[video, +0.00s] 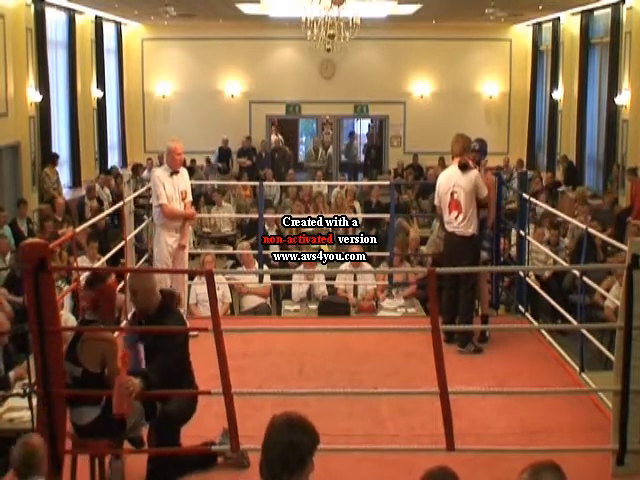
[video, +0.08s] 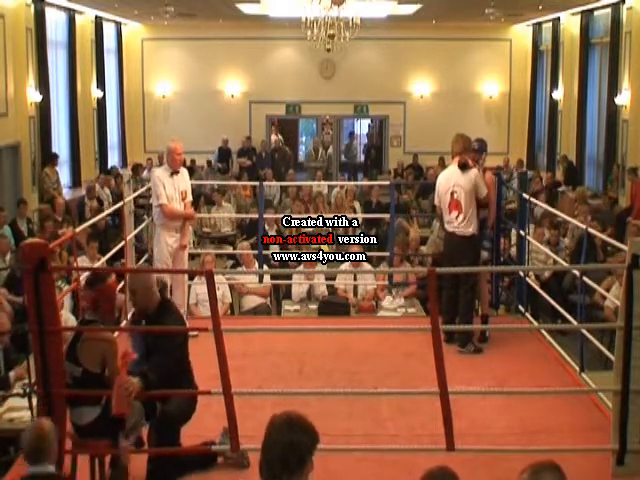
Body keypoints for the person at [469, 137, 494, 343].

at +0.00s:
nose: (473, 157)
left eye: (476, 153)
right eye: (471, 152)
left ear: (482, 155)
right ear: (468, 153)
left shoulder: (489, 179)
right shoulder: (464, 176)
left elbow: (492, 204)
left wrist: (490, 227)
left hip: (483, 230)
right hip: (466, 230)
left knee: (483, 276)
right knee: (466, 276)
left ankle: (484, 321)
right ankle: (463, 320)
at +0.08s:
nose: (473, 157)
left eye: (476, 153)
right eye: (471, 152)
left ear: (482, 154)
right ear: (469, 153)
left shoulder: (488, 177)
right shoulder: (464, 174)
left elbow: (492, 203)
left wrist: (490, 227)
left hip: (483, 229)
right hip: (466, 228)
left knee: (483, 276)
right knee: (466, 276)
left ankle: (484, 321)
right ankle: (463, 320)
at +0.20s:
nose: (474, 159)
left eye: (477, 154)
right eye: (472, 154)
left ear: (484, 155)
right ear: (469, 153)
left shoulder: (489, 178)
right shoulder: (465, 174)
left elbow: (492, 204)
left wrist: (490, 227)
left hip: (483, 229)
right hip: (466, 228)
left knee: (483, 276)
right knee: (467, 276)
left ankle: (484, 321)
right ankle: (463, 320)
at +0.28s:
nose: (472, 159)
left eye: (475, 155)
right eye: (471, 154)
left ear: (482, 155)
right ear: (469, 154)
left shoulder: (488, 178)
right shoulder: (465, 175)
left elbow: (492, 204)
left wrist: (490, 227)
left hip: (483, 229)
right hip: (467, 228)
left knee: (483, 275)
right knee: (468, 276)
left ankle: (484, 320)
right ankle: (464, 319)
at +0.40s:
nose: (472, 160)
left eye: (475, 155)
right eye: (471, 155)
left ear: (482, 155)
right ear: (470, 154)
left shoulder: (489, 178)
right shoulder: (465, 175)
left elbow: (492, 204)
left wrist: (490, 227)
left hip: (483, 229)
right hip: (467, 228)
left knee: (483, 275)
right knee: (468, 276)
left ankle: (484, 320)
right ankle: (465, 319)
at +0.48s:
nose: (471, 159)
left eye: (474, 155)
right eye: (470, 154)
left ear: (480, 155)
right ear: (472, 154)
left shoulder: (488, 178)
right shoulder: (464, 175)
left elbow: (491, 203)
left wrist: (490, 226)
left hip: (483, 229)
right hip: (466, 228)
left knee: (483, 275)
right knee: (467, 276)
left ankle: (484, 320)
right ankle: (464, 319)